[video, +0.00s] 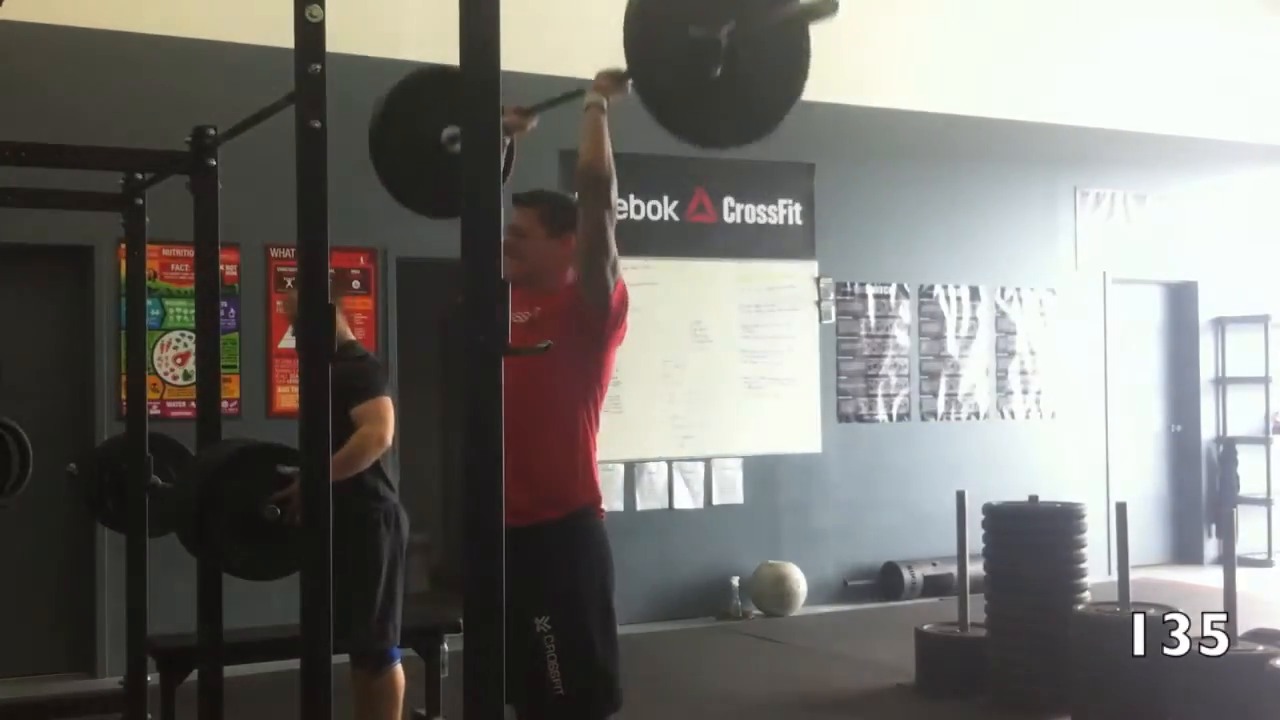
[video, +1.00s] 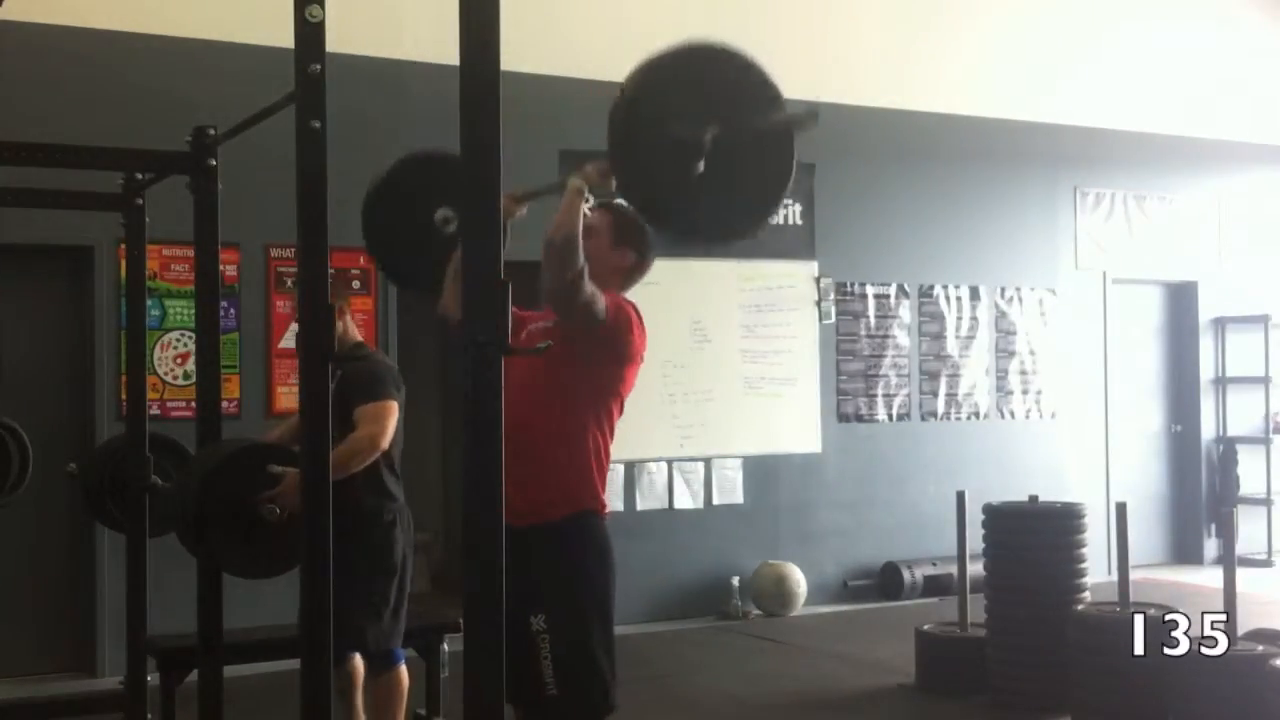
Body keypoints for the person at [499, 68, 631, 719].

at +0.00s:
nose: (507, 243)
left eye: (521, 234)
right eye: (507, 233)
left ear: (564, 241)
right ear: (509, 242)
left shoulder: (591, 307)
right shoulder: (498, 305)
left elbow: (597, 198)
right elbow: (474, 227)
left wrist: (596, 104)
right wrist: (499, 152)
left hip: (563, 527)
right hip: (495, 526)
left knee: (579, 695)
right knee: (507, 690)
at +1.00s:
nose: (573, 239)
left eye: (591, 232)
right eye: (575, 231)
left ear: (624, 260)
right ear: (563, 251)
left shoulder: (618, 326)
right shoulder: (530, 323)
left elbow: (562, 282)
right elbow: (456, 308)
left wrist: (576, 186)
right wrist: (488, 225)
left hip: (568, 527)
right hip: (503, 524)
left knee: (583, 686)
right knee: (508, 679)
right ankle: (535, 709)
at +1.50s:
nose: (552, 245)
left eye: (568, 237)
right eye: (557, 236)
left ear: (611, 256)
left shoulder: (610, 342)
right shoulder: (527, 339)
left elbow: (555, 431)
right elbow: (467, 430)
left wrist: (568, 335)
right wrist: (453, 342)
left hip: (559, 540)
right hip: (500, 540)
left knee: (568, 697)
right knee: (501, 694)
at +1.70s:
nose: (536, 245)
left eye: (552, 238)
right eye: (539, 235)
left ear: (596, 256)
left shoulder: (599, 339)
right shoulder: (523, 332)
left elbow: (534, 426)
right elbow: (469, 421)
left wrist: (552, 339)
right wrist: (458, 337)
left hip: (553, 539)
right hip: (502, 537)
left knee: (561, 695)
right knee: (495, 691)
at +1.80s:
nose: (529, 249)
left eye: (547, 240)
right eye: (528, 238)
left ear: (587, 256)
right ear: (524, 244)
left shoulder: (589, 333)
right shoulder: (516, 327)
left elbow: (528, 428)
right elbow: (460, 427)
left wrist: (542, 336)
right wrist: (457, 336)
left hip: (548, 529)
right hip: (497, 525)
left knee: (545, 679)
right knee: (492, 675)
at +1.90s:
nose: (521, 251)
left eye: (538, 242)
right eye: (519, 240)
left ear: (577, 256)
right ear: (513, 244)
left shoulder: (582, 328)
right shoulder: (498, 320)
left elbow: (527, 431)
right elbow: (449, 426)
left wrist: (533, 341)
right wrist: (454, 340)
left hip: (540, 528)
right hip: (483, 526)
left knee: (531, 685)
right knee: (484, 679)